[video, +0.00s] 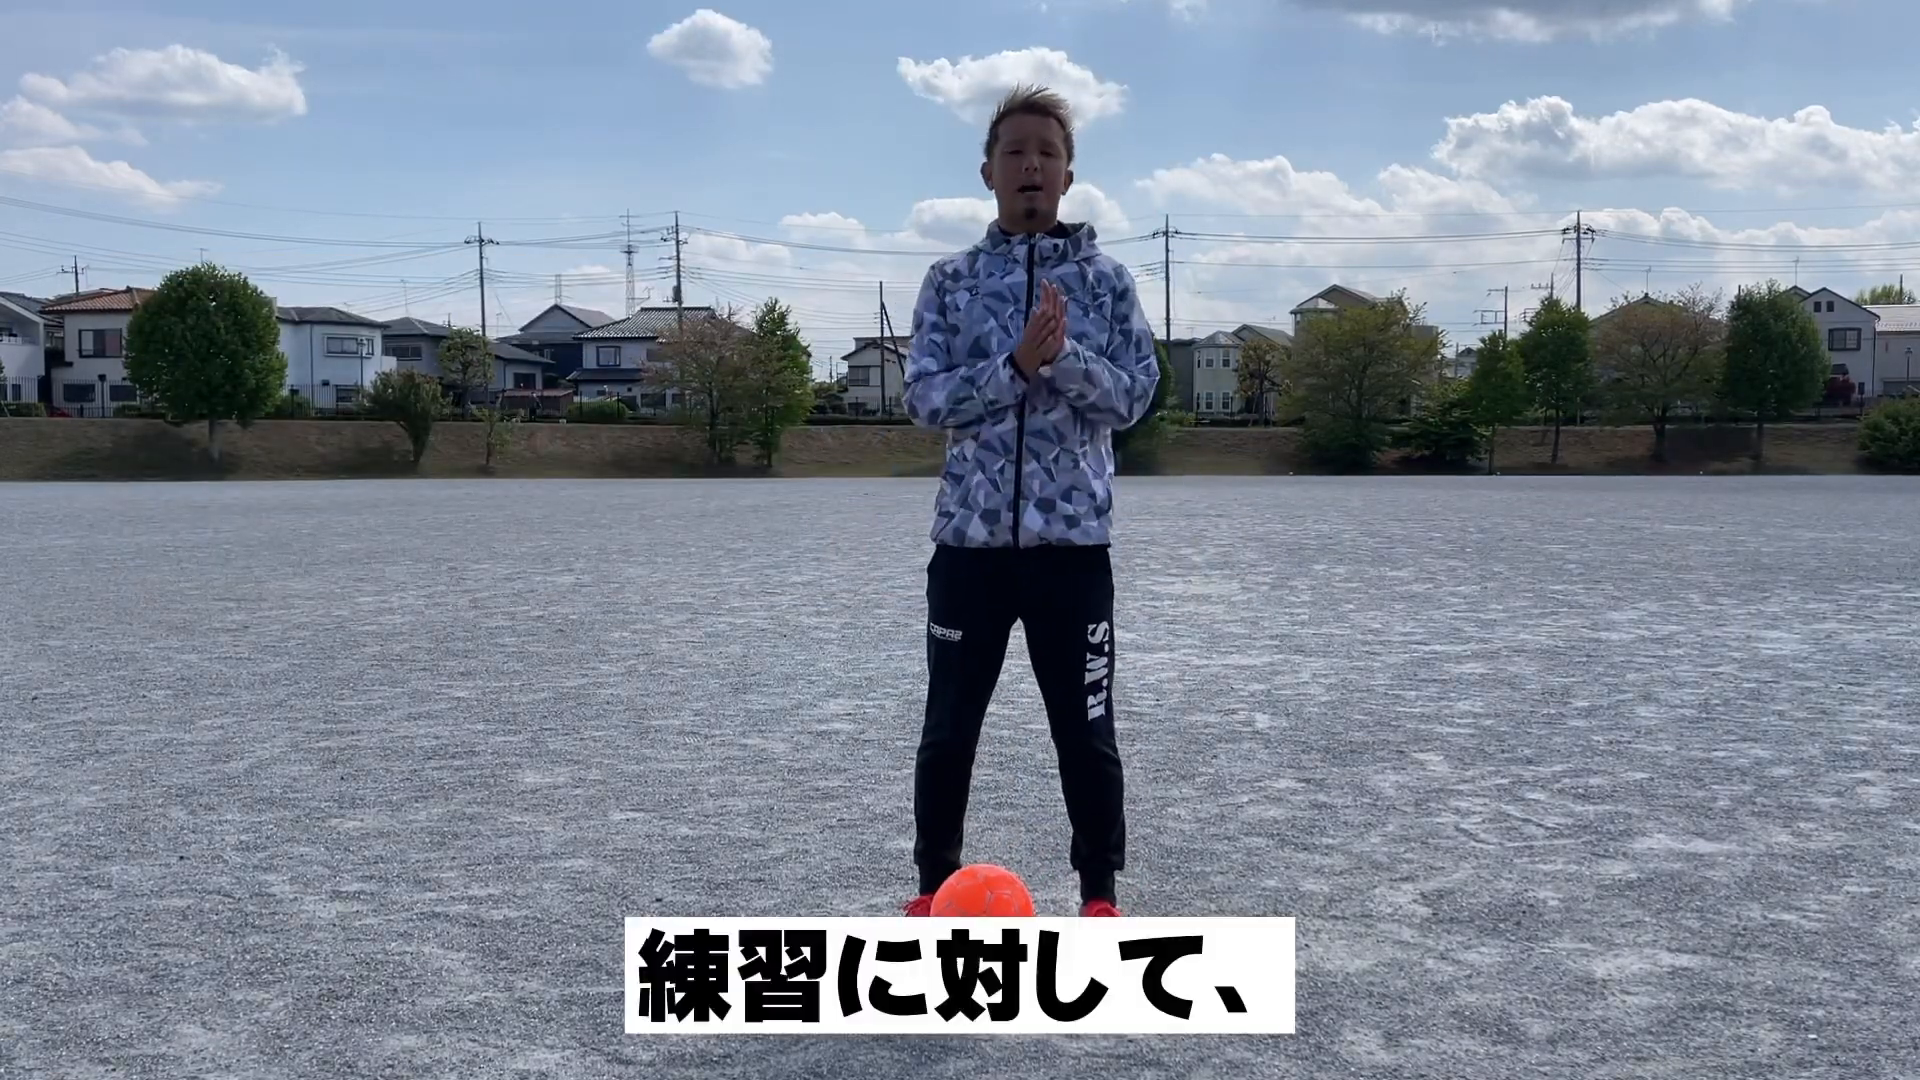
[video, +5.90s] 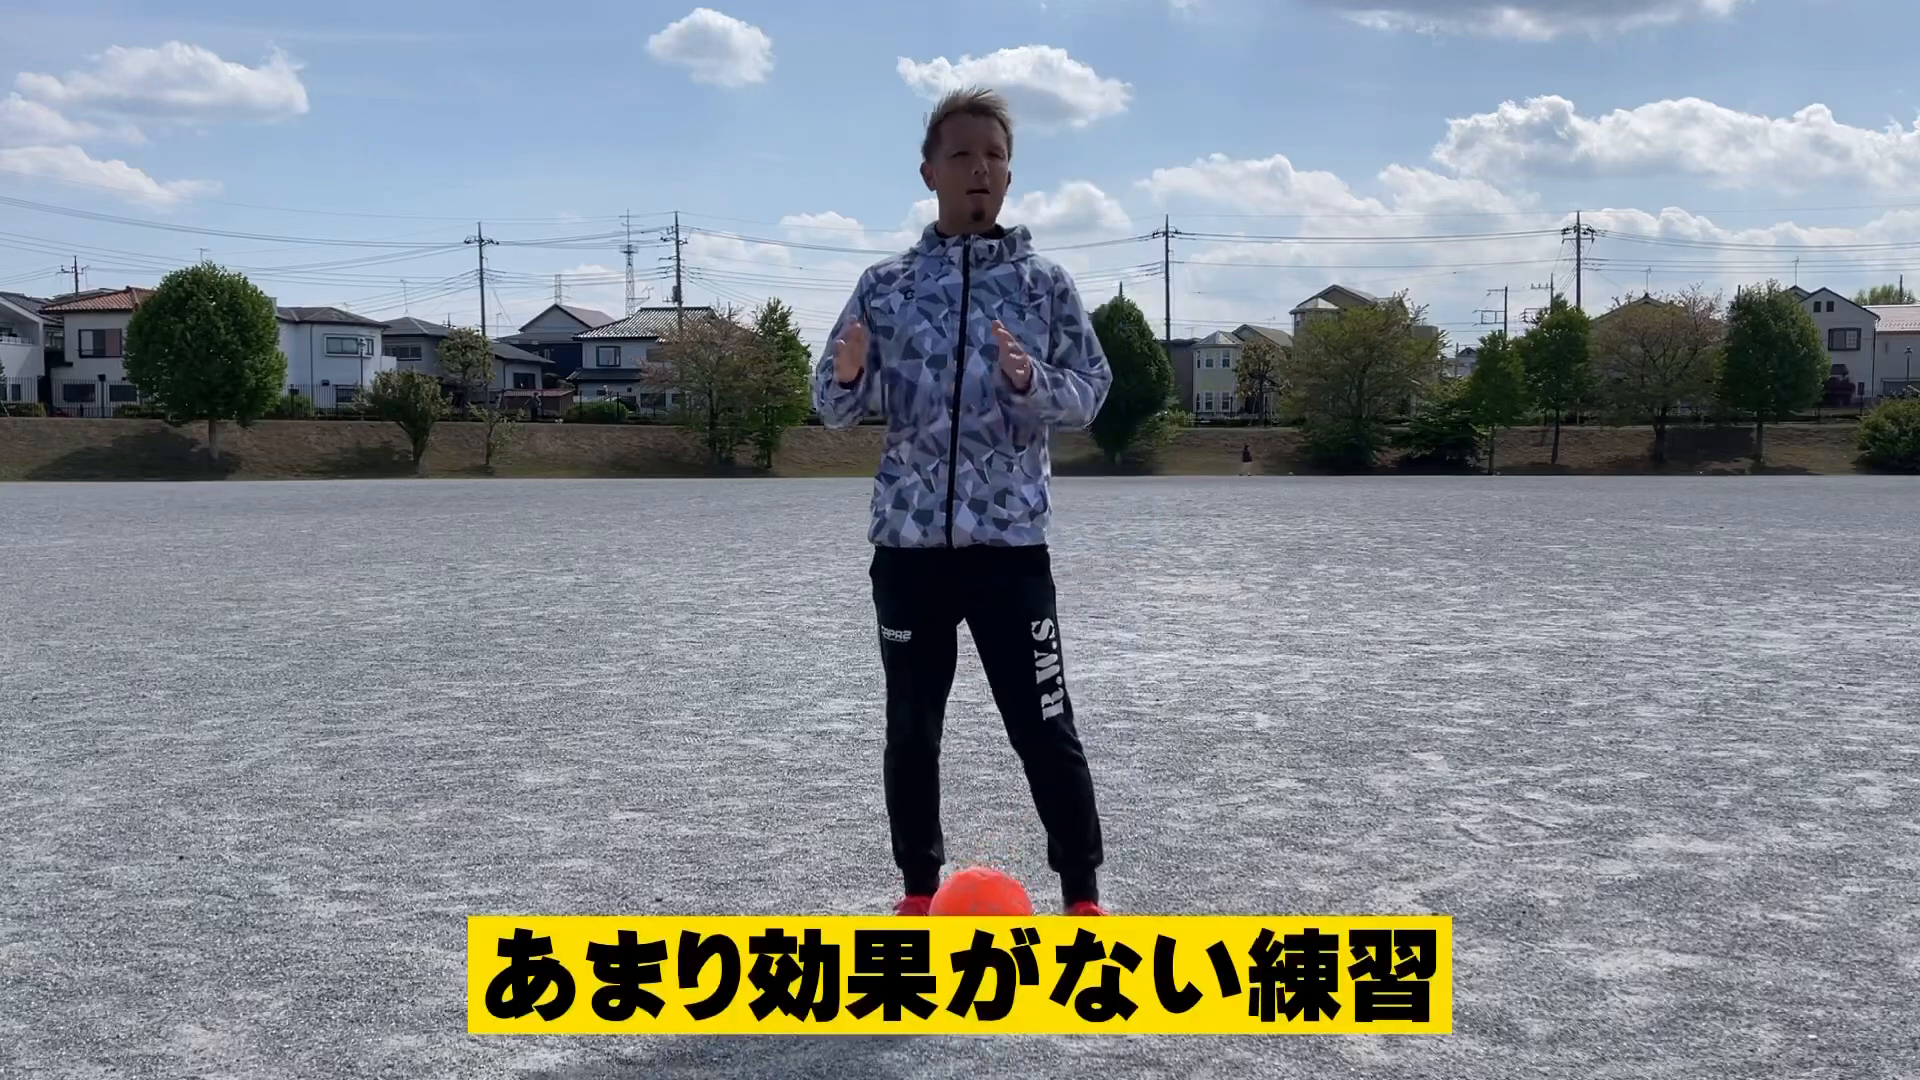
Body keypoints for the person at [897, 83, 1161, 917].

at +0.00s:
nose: (1031, 167)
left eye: (1047, 153)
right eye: (1014, 153)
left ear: (1068, 171)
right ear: (989, 170)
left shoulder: (1104, 278)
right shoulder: (951, 280)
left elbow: (1133, 396)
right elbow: (928, 399)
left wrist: (1060, 357)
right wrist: (1015, 365)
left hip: (1070, 536)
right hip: (970, 536)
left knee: (1085, 727)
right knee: (948, 726)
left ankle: (1098, 898)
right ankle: (934, 894)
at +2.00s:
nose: (1037, 165)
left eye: (1053, 151)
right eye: (1020, 151)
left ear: (1074, 169)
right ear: (993, 167)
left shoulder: (1114, 284)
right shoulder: (954, 284)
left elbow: (1152, 398)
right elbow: (917, 400)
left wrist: (1069, 389)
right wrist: (990, 392)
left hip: (1072, 539)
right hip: (971, 538)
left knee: (1084, 728)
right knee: (950, 728)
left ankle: (1098, 897)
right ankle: (934, 896)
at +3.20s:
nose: (914, 176)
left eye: (927, 159)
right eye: (893, 165)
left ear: (947, 168)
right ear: (868, 184)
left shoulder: (1001, 267)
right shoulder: (851, 298)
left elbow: (1060, 364)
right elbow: (835, 425)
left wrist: (1000, 402)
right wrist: (920, 421)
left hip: (1011, 531)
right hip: (911, 542)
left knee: (1066, 702)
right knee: (916, 726)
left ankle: (1111, 879)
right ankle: (929, 892)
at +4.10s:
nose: (1044, 163)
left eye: (1060, 151)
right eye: (1028, 148)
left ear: (1078, 171)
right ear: (998, 165)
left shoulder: (1112, 284)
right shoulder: (951, 283)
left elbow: (1143, 406)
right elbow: (905, 401)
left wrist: (1120, 360)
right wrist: (929, 366)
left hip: (1072, 538)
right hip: (972, 537)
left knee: (1083, 731)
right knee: (948, 731)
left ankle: (1091, 901)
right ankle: (933, 897)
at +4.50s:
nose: (1114, 164)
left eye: (1132, 153)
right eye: (1099, 148)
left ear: (1151, 176)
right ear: (1070, 163)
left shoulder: (1172, 295)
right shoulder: (1013, 273)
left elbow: (1193, 416)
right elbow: (961, 388)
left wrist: (1113, 409)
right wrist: (1029, 399)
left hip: (1103, 544)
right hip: (1002, 532)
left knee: (1098, 733)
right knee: (948, 696)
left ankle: (1092, 903)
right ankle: (951, 801)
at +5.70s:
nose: (1007, 165)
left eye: (1019, 150)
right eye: (986, 154)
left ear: (1036, 165)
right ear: (956, 174)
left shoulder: (1076, 289)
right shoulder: (914, 286)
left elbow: (1109, 393)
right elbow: (874, 398)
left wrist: (1066, 420)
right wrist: (911, 389)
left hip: (1027, 538)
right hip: (928, 538)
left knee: (1056, 725)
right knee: (921, 724)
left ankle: (1087, 899)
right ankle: (921, 890)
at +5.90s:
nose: (983, 169)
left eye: (996, 156)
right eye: (963, 155)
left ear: (1010, 171)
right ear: (929, 171)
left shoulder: (1042, 282)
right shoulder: (884, 285)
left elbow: (1089, 392)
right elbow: (836, 406)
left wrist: (1034, 382)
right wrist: (845, 377)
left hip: (1007, 535)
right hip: (909, 536)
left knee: (1043, 719)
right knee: (910, 725)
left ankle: (1082, 897)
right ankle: (917, 894)